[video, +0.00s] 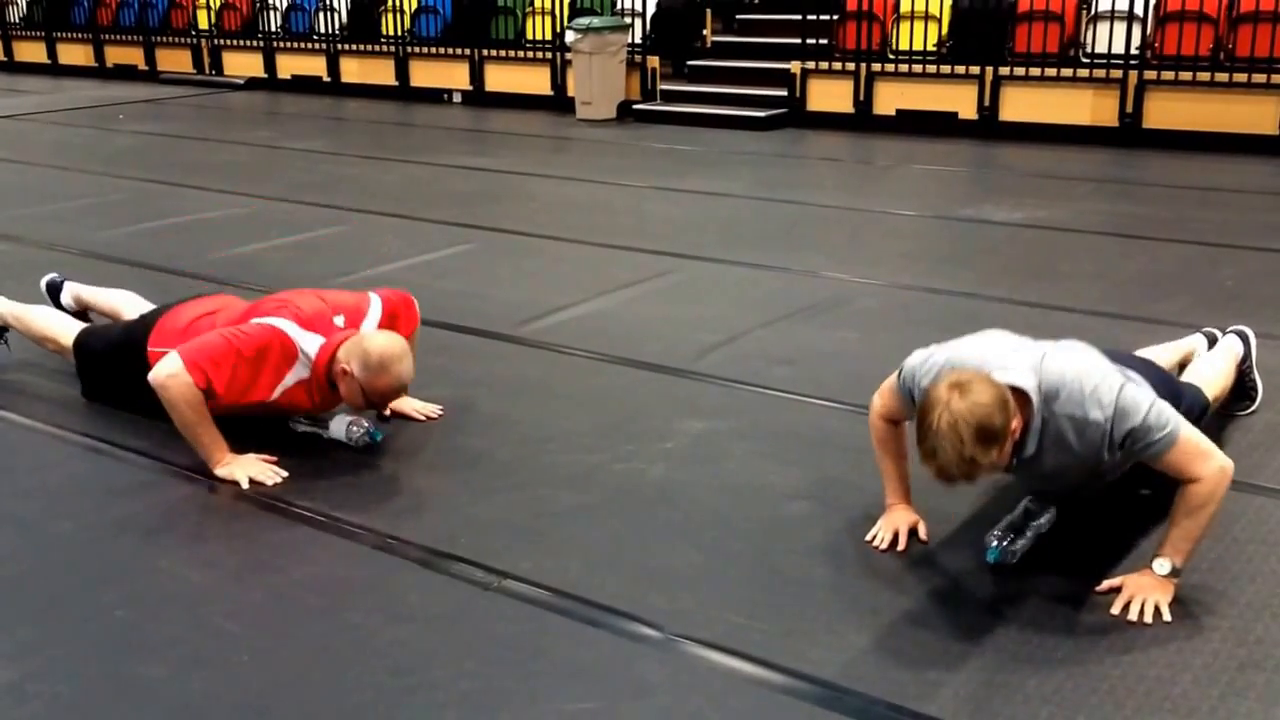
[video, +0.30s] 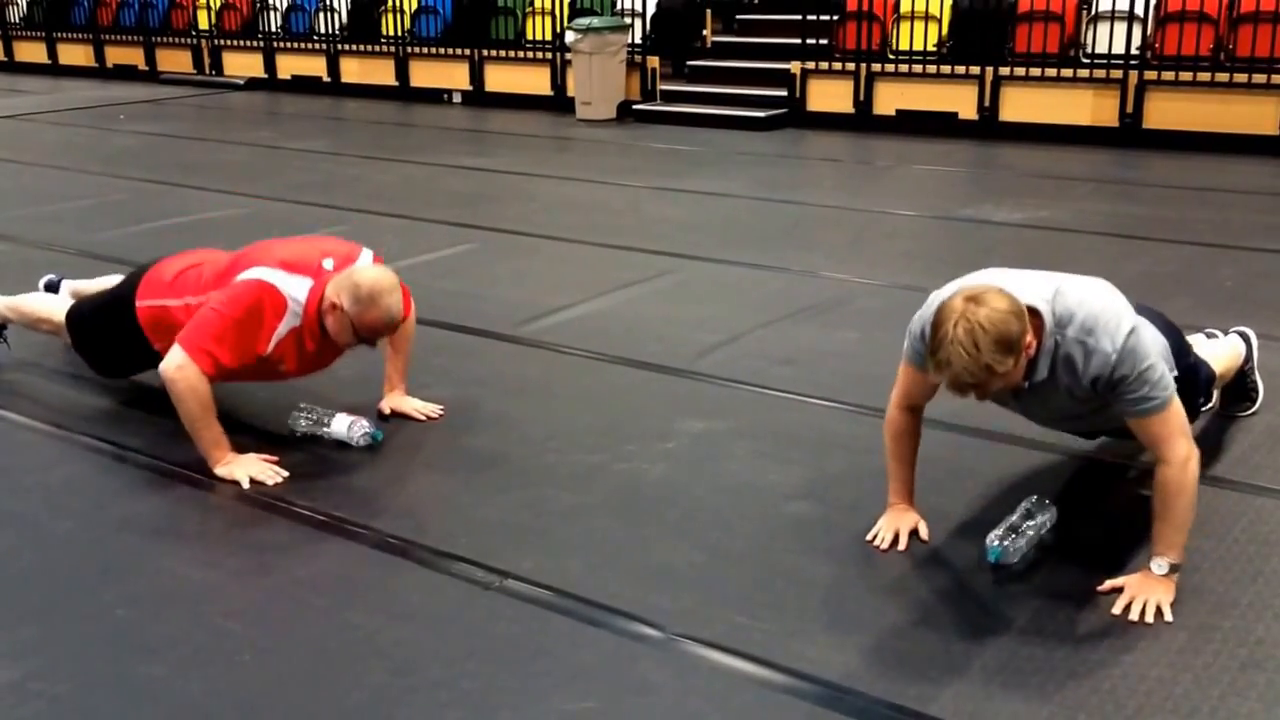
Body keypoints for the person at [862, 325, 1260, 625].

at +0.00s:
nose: (985, 479)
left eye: (990, 469)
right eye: (969, 474)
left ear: (1014, 427)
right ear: (939, 427)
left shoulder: (1103, 403)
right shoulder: (933, 371)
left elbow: (1212, 471)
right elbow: (884, 411)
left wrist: (1162, 571)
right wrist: (897, 503)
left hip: (1136, 396)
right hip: (1086, 371)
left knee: (1195, 395)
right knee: (1136, 366)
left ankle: (1233, 346)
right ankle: (1200, 341)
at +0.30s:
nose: (984, 397)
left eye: (995, 385)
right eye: (970, 387)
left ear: (1028, 344)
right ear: (950, 356)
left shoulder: (1115, 343)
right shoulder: (937, 323)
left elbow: (1179, 457)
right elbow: (904, 408)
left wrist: (1162, 570)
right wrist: (899, 503)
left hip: (1148, 373)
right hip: (1066, 399)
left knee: (1199, 378)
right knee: (1117, 425)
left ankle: (1238, 348)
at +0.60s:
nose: (970, 524)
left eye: (977, 517)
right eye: (957, 518)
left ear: (1010, 476)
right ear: (936, 464)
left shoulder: (1096, 432)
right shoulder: (948, 395)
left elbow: (1222, 475)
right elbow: (883, 407)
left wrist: (1165, 571)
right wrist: (898, 502)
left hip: (1134, 412)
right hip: (1065, 388)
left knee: (1194, 405)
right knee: (1131, 385)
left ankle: (1235, 346)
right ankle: (1198, 342)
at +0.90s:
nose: (993, 418)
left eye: (1000, 406)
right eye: (978, 412)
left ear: (1028, 365)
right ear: (952, 364)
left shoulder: (1118, 351)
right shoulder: (938, 329)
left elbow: (1189, 459)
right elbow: (901, 407)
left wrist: (1163, 570)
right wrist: (898, 502)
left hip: (1146, 373)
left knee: (1200, 383)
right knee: (1170, 368)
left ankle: (1239, 349)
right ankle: (1210, 344)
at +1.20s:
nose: (987, 450)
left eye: (993, 441)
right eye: (974, 444)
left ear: (1022, 403)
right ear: (946, 403)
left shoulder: (1107, 389)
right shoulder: (936, 360)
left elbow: (1213, 467)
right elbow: (887, 408)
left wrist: (1163, 570)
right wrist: (897, 503)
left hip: (1141, 388)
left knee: (1200, 390)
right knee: (1148, 364)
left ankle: (1236, 346)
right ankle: (1202, 340)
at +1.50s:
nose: (988, 488)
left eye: (991, 478)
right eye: (969, 485)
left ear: (1013, 438)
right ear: (935, 431)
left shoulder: (1105, 413)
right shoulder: (939, 376)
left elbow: (1217, 473)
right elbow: (880, 409)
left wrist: (1162, 572)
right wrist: (896, 502)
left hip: (1142, 405)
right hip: (1088, 379)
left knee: (1194, 398)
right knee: (1135, 373)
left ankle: (1235, 346)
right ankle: (1199, 340)